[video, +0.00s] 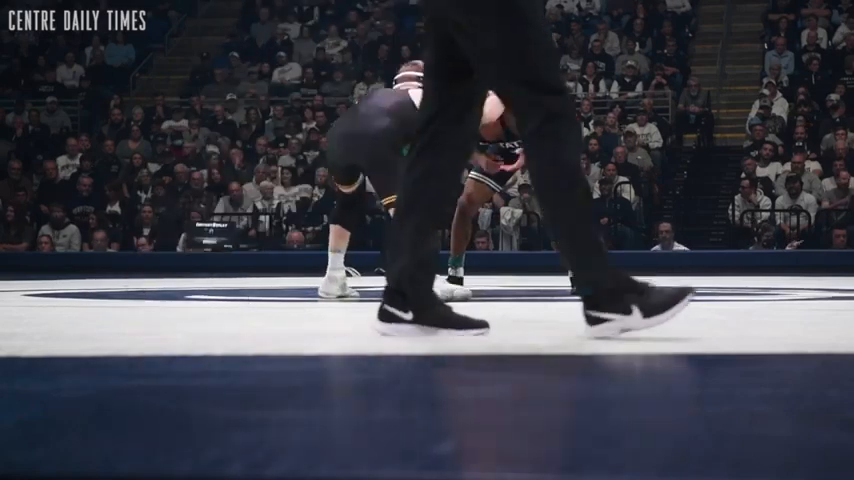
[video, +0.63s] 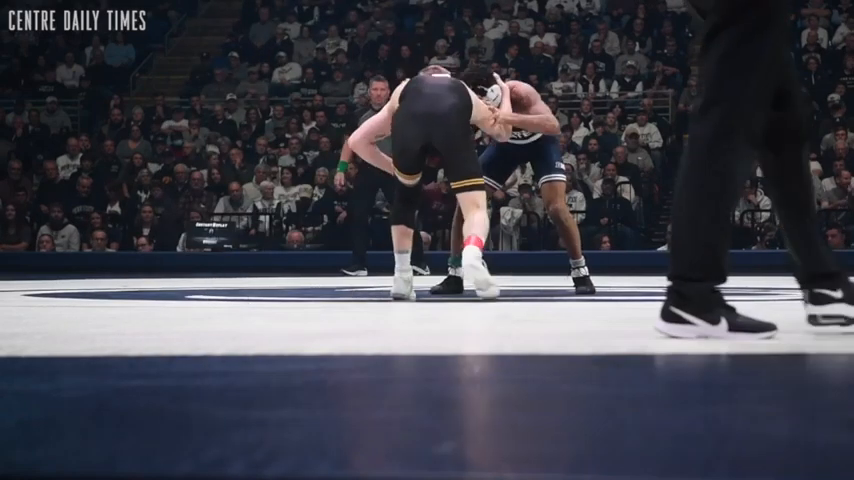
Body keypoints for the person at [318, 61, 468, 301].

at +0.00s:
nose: (497, 137)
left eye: (502, 134)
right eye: (501, 131)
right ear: (495, 118)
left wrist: (480, 159)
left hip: (340, 135)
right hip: (378, 137)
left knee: (348, 200)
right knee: (405, 212)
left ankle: (333, 277)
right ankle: (423, 281)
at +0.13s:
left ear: (403, 92)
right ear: (437, 99)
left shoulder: (378, 99)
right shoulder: (443, 124)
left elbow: (333, 162)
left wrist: (370, 195)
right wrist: (395, 195)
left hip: (358, 142)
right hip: (399, 147)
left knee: (358, 197)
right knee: (412, 231)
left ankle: (335, 277)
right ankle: (430, 280)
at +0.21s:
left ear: (417, 93)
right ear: (448, 101)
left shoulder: (391, 104)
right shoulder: (453, 120)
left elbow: (336, 150)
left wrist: (366, 191)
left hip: (369, 142)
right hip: (410, 147)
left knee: (363, 204)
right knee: (424, 238)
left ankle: (336, 279)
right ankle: (437, 286)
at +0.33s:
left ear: (417, 78)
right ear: (452, 80)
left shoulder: (401, 87)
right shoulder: (462, 98)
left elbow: (351, 132)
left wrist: (387, 164)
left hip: (394, 137)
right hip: (437, 147)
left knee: (377, 200)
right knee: (442, 229)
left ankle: (352, 275)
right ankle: (438, 280)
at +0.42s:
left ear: (414, 74)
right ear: (447, 72)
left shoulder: (400, 86)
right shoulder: (463, 90)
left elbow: (349, 136)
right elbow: (476, 98)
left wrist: (394, 158)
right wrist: (468, 75)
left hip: (401, 132)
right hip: (446, 138)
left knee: (389, 191)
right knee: (449, 222)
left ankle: (382, 271)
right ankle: (441, 278)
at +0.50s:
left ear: (411, 75)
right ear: (445, 70)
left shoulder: (399, 89)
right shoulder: (461, 87)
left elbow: (354, 145)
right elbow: (488, 105)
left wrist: (394, 161)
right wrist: (484, 79)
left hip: (405, 122)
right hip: (448, 127)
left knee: (405, 192)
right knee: (459, 214)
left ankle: (400, 277)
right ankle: (446, 271)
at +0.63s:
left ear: (420, 78)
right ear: (452, 79)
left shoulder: (401, 95)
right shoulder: (465, 94)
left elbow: (357, 141)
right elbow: (502, 132)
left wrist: (395, 170)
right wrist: (505, 93)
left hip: (408, 116)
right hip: (452, 117)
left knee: (406, 195)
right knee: (475, 207)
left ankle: (402, 276)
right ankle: (472, 258)